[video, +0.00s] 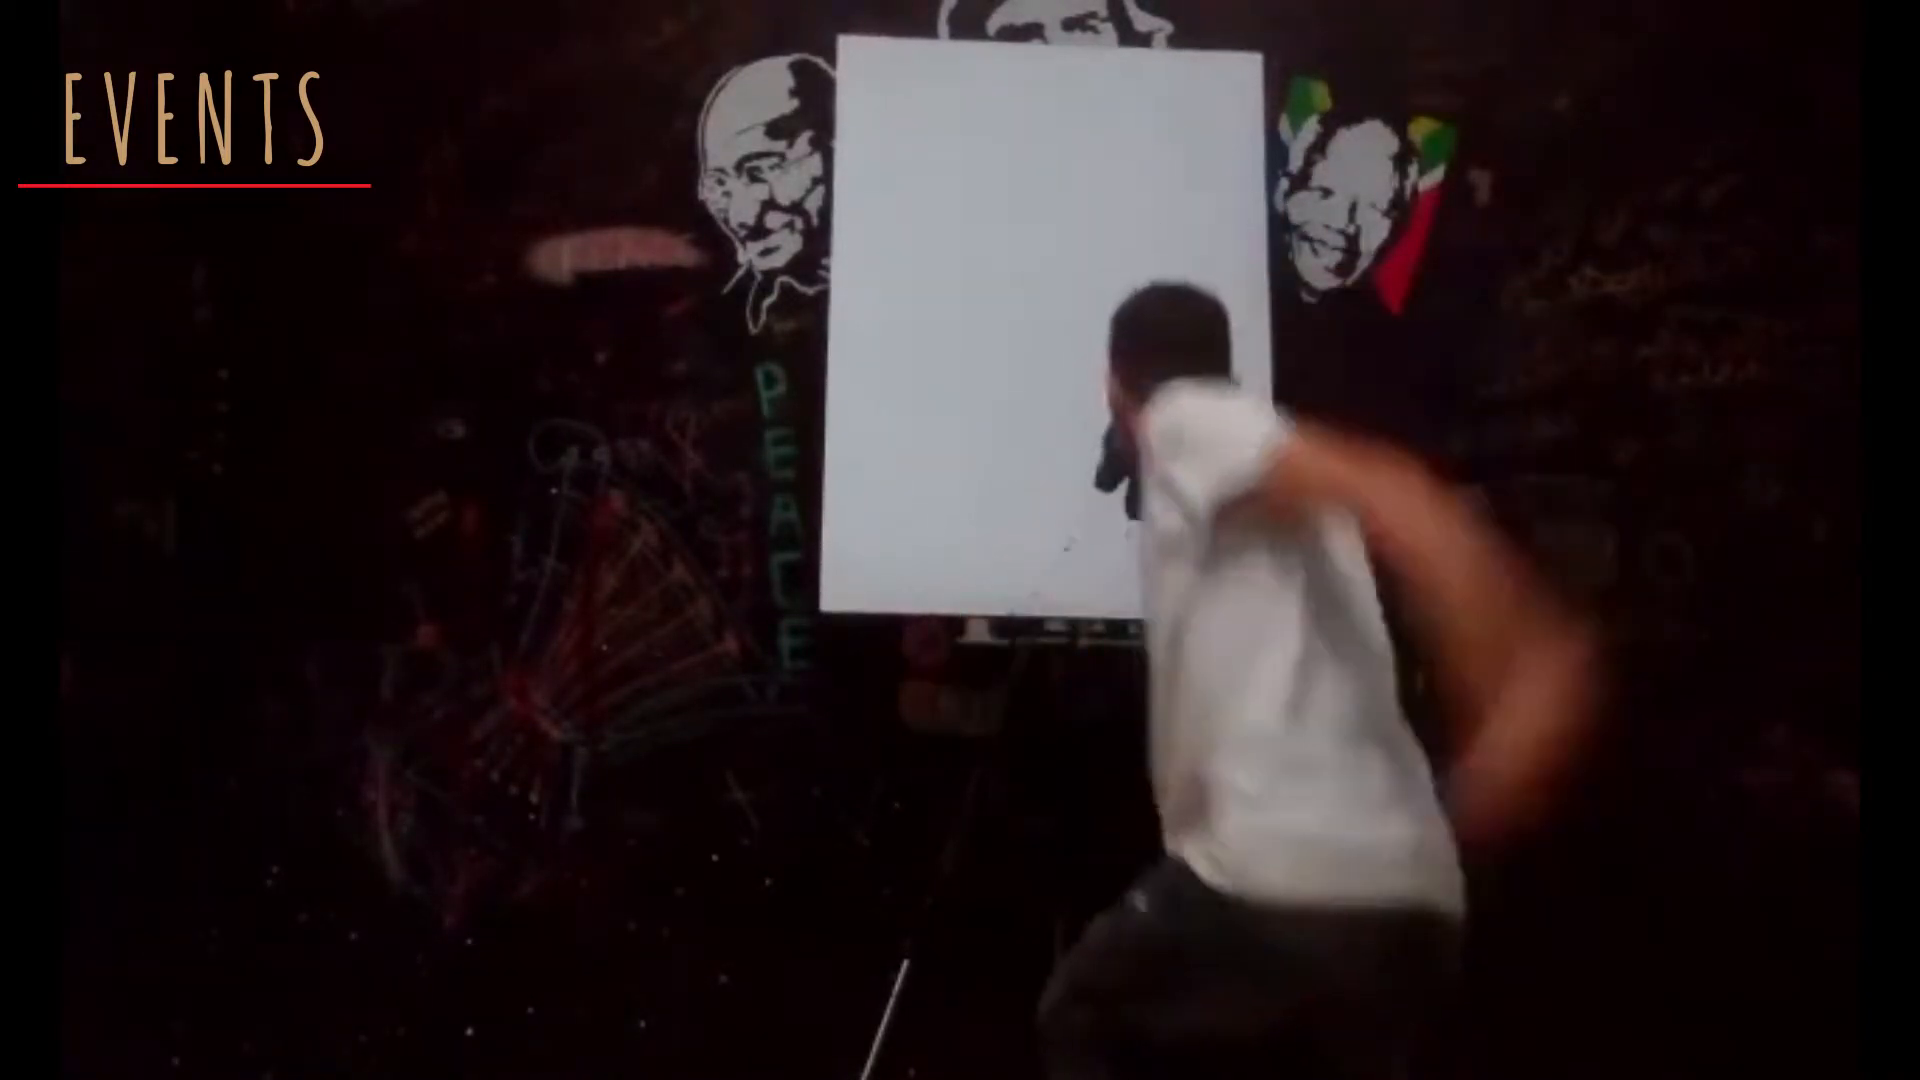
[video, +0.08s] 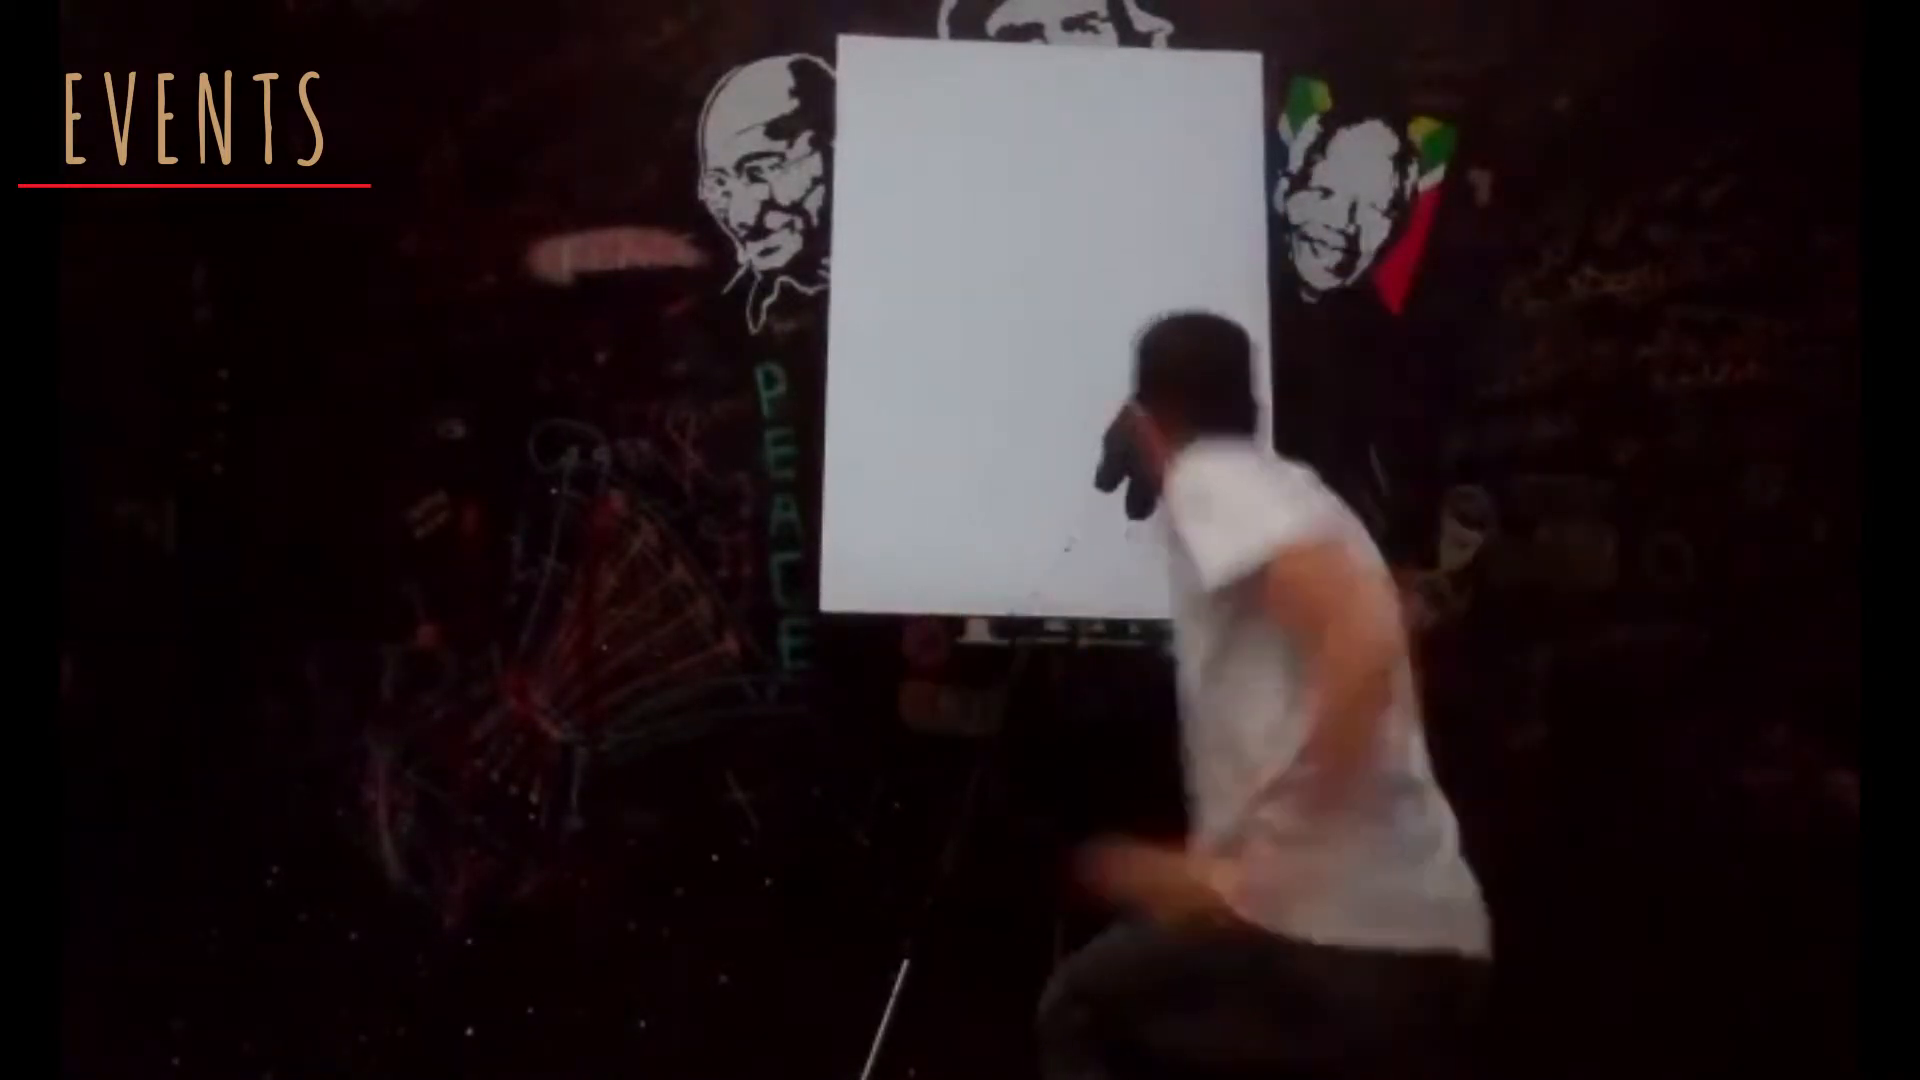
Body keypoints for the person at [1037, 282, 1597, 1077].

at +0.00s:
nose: (1107, 403)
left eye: (1107, 383)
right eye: (1112, 385)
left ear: (1119, 381)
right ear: (1222, 365)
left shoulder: (1183, 417)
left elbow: (1390, 488)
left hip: (1273, 876)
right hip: (1405, 883)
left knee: (1082, 1024)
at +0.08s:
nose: (1125, 427)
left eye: (1133, 405)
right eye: (1133, 403)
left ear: (1149, 416)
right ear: (1242, 408)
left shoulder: (1209, 476)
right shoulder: (1304, 492)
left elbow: (1361, 637)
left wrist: (1256, 865)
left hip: (1338, 937)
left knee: (1085, 1008)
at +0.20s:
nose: (1150, 485)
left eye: (1144, 462)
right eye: (1139, 471)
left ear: (1161, 428)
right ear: (1258, 423)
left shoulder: (1209, 498)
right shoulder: (1353, 523)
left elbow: (1245, 727)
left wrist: (1117, 826)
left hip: (1321, 938)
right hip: (1453, 945)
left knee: (1092, 1007)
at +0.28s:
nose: (1172, 435)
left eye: (1171, 421)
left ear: (1179, 426)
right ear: (1294, 421)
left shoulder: (1172, 524)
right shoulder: (1369, 522)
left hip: (1284, 946)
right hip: (1452, 958)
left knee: (1095, 1013)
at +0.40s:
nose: (1171, 436)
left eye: (1172, 419)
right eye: (1177, 419)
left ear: (1184, 425)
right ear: (1294, 422)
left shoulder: (1153, 520)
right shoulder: (1369, 523)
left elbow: (1052, 682)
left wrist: (1128, 495)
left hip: (1258, 941)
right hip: (1430, 958)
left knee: (1092, 1019)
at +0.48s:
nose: (1170, 425)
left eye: (1174, 412)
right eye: (1175, 412)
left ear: (1187, 426)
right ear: (1298, 428)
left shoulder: (1135, 521)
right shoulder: (1373, 523)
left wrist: (1133, 472)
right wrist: (1208, 472)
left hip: (1196, 928)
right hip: (1386, 938)